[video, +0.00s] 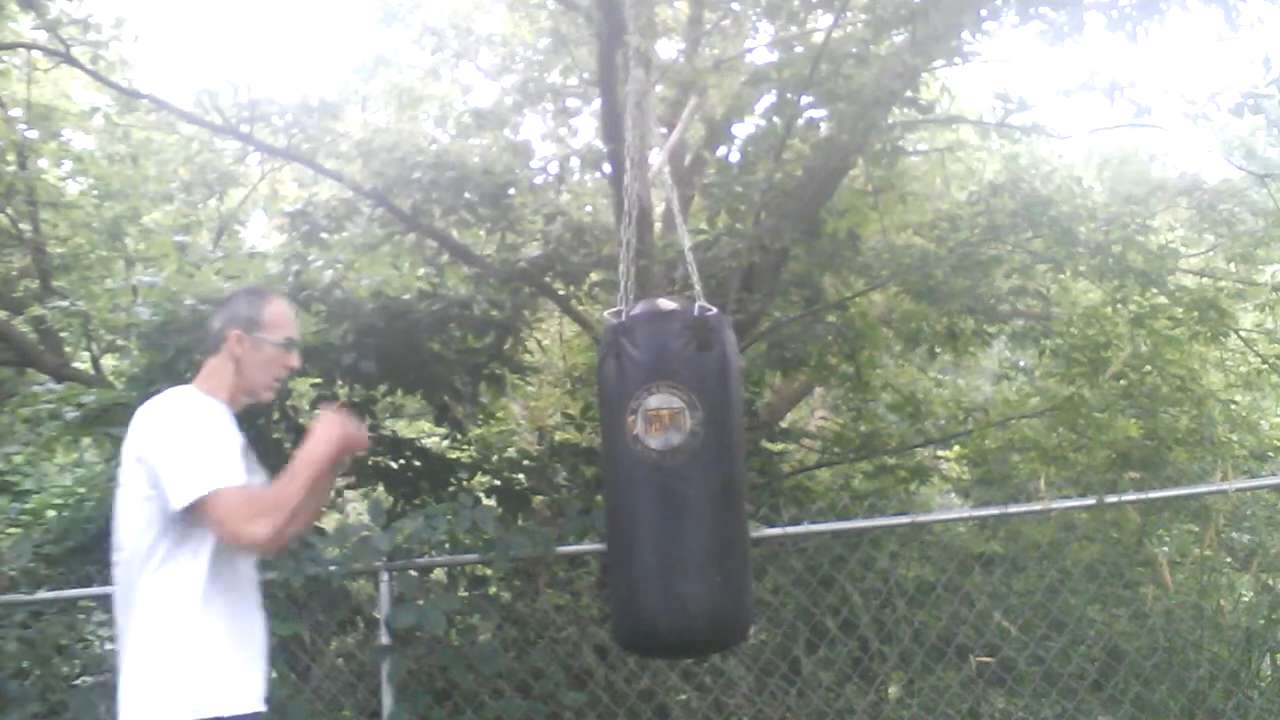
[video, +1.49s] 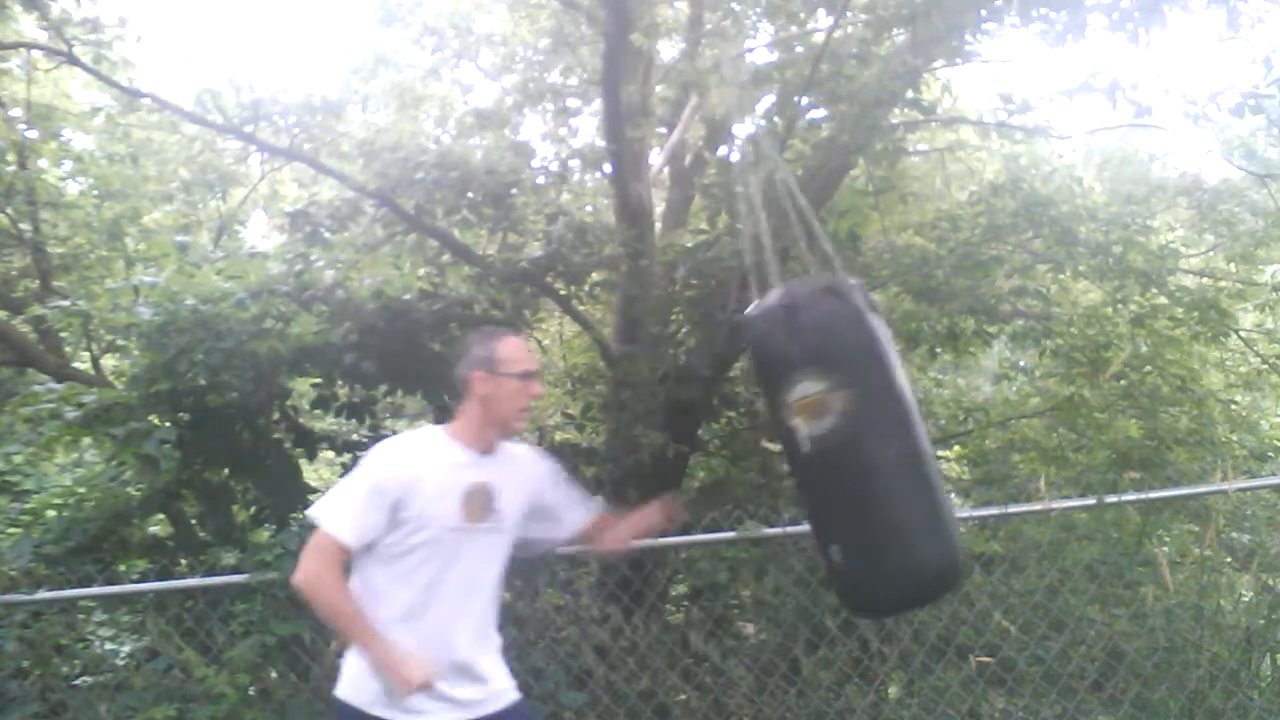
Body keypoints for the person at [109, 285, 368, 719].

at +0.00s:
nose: (295, 363)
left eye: (296, 349)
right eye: (285, 346)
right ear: (237, 343)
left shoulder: (225, 432)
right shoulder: (174, 416)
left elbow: (272, 533)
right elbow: (253, 525)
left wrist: (329, 460)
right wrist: (324, 442)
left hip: (227, 694)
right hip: (183, 698)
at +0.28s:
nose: (359, 371)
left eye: (361, 357)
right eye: (350, 356)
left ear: (304, 353)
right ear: (300, 351)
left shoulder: (310, 441)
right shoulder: (215, 431)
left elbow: (338, 549)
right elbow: (265, 554)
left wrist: (369, 484)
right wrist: (354, 480)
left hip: (312, 692)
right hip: (232, 700)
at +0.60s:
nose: (479, 385)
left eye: (480, 370)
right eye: (470, 369)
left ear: (432, 367)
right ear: (422, 364)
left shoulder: (446, 453)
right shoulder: (331, 449)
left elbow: (500, 512)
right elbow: (253, 559)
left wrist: (593, 499)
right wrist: (374, 600)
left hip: (405, 696)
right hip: (325, 701)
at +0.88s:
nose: (539, 381)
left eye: (538, 367)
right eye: (527, 365)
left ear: (489, 371)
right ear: (484, 369)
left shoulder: (469, 445)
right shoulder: (438, 423)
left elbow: (419, 569)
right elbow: (548, 501)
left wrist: (496, 612)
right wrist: (656, 499)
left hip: (432, 681)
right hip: (378, 672)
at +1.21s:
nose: (508, 391)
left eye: (507, 378)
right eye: (494, 377)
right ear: (451, 384)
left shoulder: (478, 476)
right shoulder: (378, 462)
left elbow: (450, 584)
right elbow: (377, 592)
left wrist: (486, 633)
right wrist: (483, 633)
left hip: (448, 701)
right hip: (366, 702)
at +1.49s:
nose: (538, 392)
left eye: (538, 378)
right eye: (525, 378)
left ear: (486, 384)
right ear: (478, 382)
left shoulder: (526, 469)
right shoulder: (399, 461)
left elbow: (600, 533)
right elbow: (314, 572)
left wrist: (653, 517)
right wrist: (387, 657)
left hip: (484, 695)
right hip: (382, 699)